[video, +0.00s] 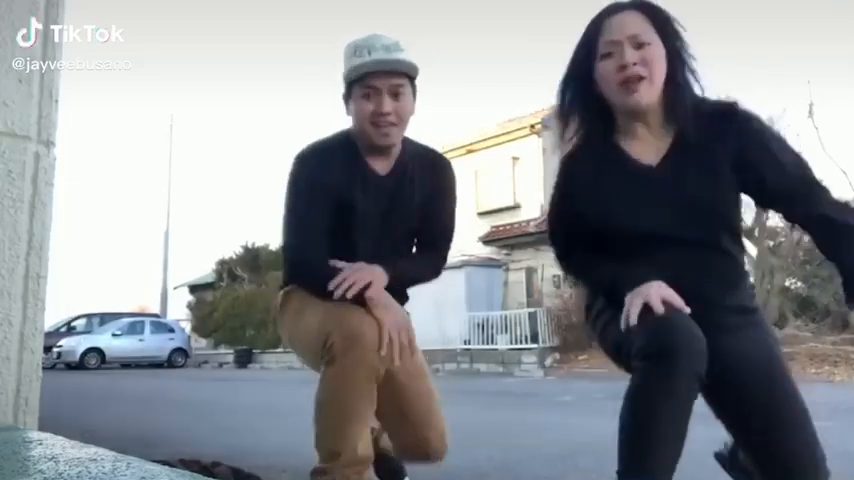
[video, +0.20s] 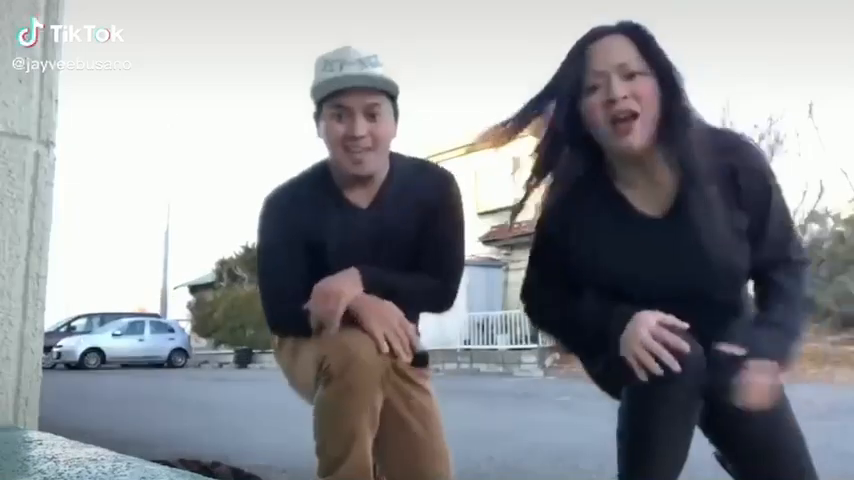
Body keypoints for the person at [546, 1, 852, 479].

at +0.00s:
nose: (628, 60)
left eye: (641, 45)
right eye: (609, 53)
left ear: (669, 57)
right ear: (593, 77)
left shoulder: (726, 130)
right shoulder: (583, 167)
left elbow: (814, 207)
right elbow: (569, 245)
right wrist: (628, 284)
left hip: (727, 314)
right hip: (627, 313)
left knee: (806, 472)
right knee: (677, 343)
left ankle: (746, 460)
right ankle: (640, 472)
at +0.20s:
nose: (616, 94)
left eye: (631, 75)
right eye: (594, 87)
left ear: (662, 87)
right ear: (578, 112)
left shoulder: (732, 163)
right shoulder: (571, 202)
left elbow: (785, 264)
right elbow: (541, 296)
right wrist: (618, 327)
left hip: (731, 349)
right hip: (634, 357)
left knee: (792, 472)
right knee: (676, 364)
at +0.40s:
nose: (610, 107)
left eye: (625, 86)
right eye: (589, 94)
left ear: (656, 93)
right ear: (572, 113)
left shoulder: (731, 170)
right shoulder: (567, 209)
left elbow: (803, 288)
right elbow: (538, 357)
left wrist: (742, 358)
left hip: (741, 369)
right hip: (640, 382)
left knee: (782, 472)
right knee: (638, 472)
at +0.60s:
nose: (604, 100)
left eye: (621, 79)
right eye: (584, 90)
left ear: (654, 87)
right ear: (569, 112)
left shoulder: (740, 150)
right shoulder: (576, 193)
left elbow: (842, 229)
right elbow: (576, 331)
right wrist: (526, 241)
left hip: (744, 338)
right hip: (642, 339)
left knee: (782, 470)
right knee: (658, 345)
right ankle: (652, 474)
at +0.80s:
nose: (614, 97)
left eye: (633, 76)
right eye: (592, 85)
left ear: (665, 85)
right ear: (575, 109)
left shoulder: (757, 147)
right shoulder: (587, 193)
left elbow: (853, 195)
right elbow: (582, 336)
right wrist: (521, 248)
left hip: (766, 324)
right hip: (661, 322)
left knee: (784, 470)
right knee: (678, 346)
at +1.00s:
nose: (634, 60)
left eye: (652, 33)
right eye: (611, 50)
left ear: (684, 38)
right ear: (594, 74)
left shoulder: (771, 102)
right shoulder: (612, 160)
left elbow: (851, 106)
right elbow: (623, 302)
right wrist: (522, 243)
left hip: (808, 284)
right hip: (701, 291)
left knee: (801, 464)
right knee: (724, 360)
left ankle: (752, 453)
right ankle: (703, 471)